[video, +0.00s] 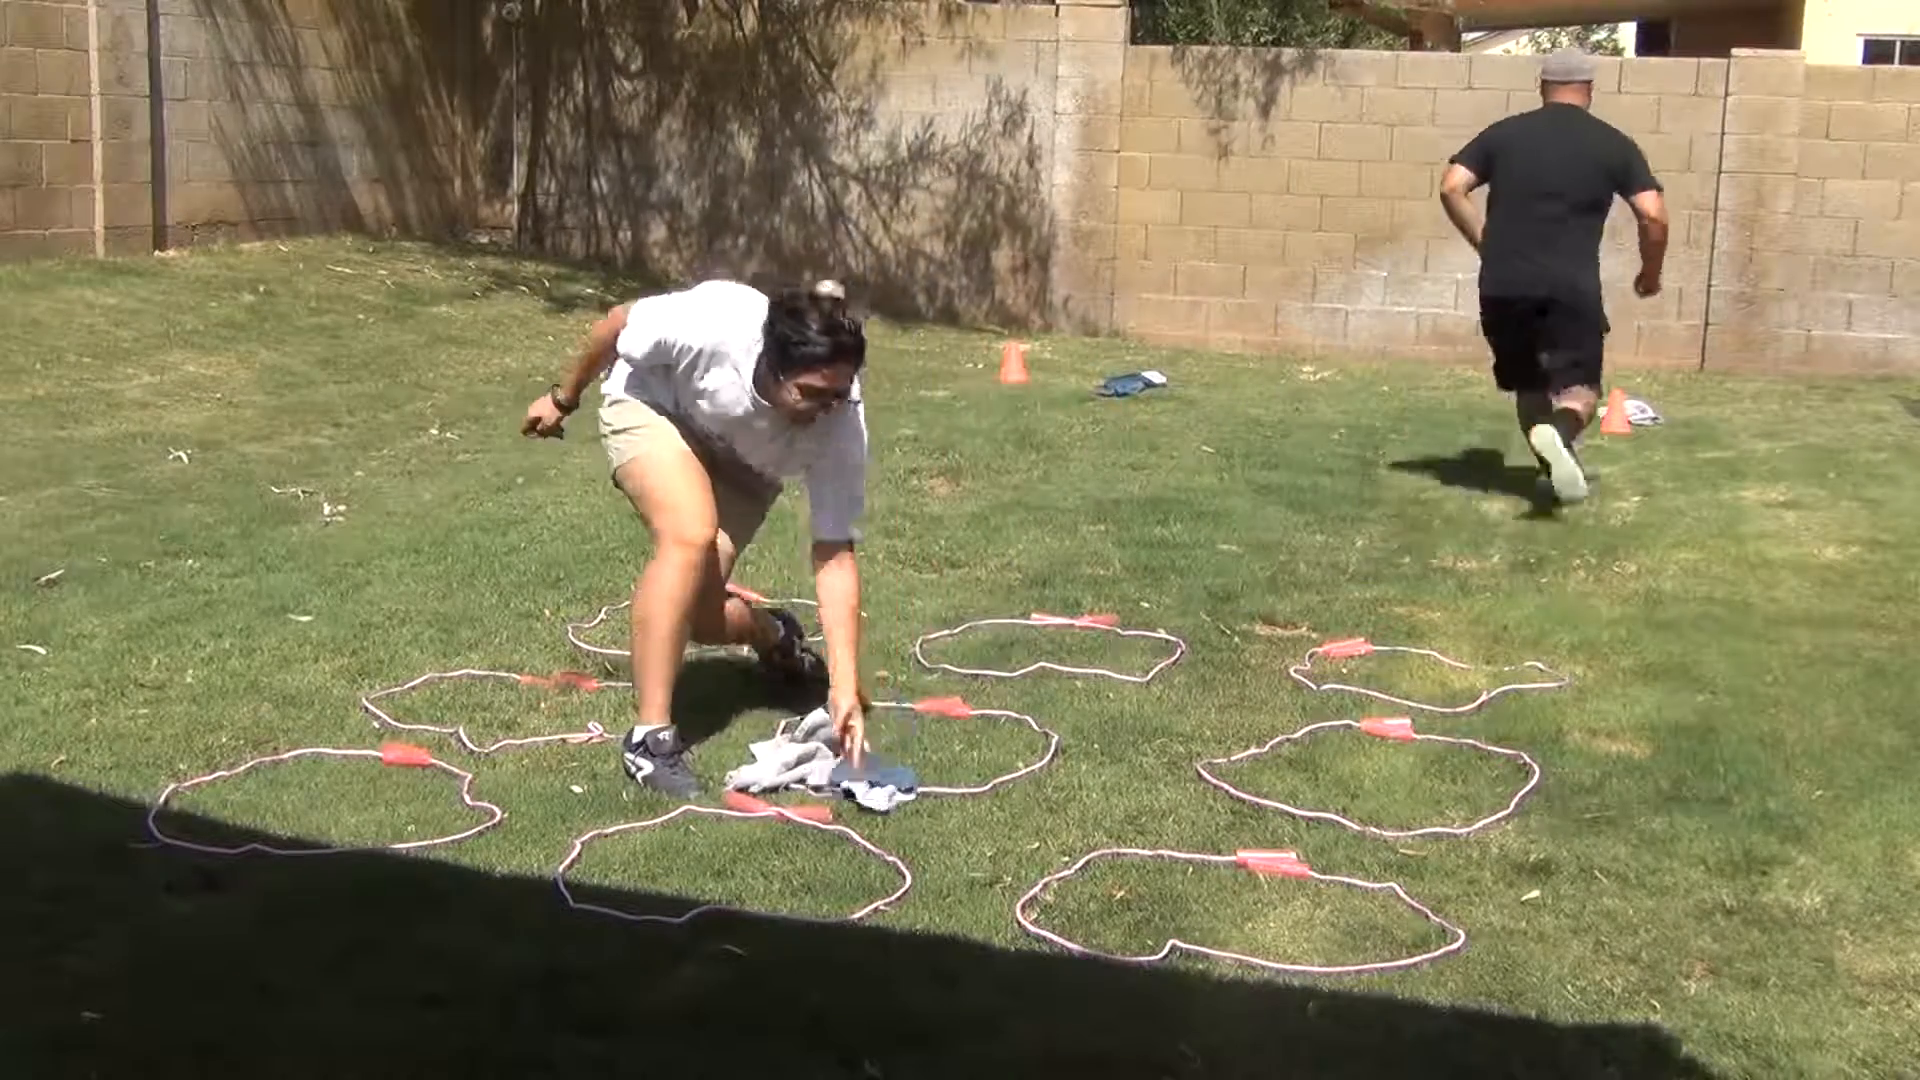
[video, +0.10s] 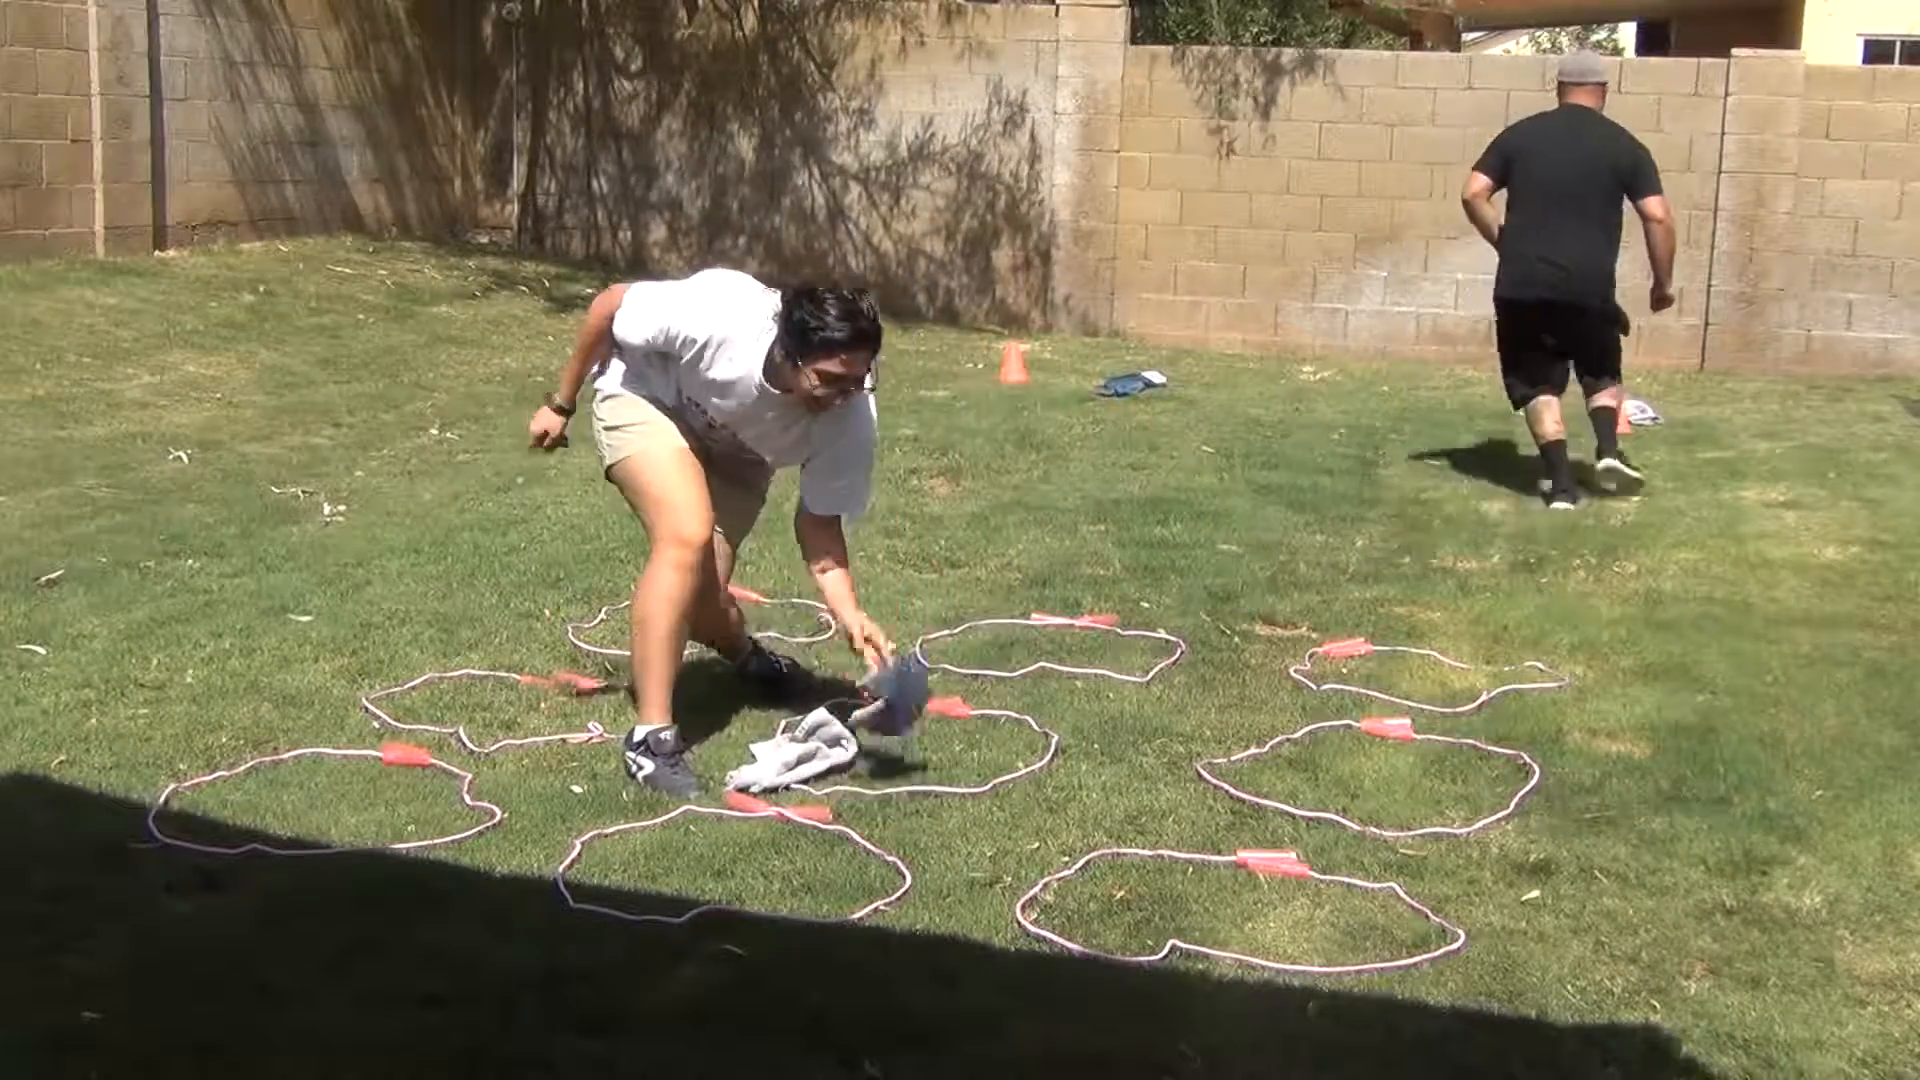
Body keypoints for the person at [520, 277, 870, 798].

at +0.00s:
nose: (823, 409)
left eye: (837, 396)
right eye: (810, 393)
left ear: (850, 381)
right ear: (773, 366)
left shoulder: (842, 429)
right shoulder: (717, 322)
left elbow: (835, 553)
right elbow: (614, 326)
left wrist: (847, 690)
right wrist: (563, 398)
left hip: (747, 465)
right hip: (653, 398)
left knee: (698, 617)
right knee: (689, 536)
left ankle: (771, 632)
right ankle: (651, 737)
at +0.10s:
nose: (844, 396)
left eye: (857, 382)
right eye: (829, 380)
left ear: (868, 368)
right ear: (789, 354)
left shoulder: (851, 420)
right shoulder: (718, 317)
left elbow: (821, 522)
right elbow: (610, 304)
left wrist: (852, 616)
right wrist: (561, 403)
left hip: (741, 452)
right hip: (647, 392)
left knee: (701, 608)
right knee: (686, 534)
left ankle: (747, 657)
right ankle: (653, 737)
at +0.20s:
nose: (869, 382)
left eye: (883, 369)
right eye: (858, 365)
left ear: (893, 357)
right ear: (819, 335)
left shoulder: (856, 413)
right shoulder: (735, 307)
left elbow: (816, 511)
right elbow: (609, 313)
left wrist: (831, 582)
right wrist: (572, 431)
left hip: (735, 434)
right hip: (644, 388)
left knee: (754, 601)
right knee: (687, 536)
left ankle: (743, 661)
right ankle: (654, 737)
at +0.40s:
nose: (935, 337)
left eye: (946, 327)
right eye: (930, 318)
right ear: (884, 290)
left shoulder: (886, 361)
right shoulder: (796, 296)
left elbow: (862, 454)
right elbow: (682, 357)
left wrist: (839, 517)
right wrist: (711, 468)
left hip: (726, 402)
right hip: (636, 379)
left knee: (817, 512)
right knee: (709, 535)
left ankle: (744, 660)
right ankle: (655, 735)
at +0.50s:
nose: (982, 291)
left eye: (987, 276)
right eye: (979, 272)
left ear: (938, 267)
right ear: (938, 261)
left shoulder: (890, 332)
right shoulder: (843, 271)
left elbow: (861, 423)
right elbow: (736, 332)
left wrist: (861, 437)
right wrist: (773, 443)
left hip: (733, 384)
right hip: (665, 366)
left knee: (822, 496)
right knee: (727, 541)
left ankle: (754, 654)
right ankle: (657, 735)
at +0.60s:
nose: (981, 251)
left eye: (986, 238)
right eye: (984, 236)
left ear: (931, 208)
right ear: (963, 227)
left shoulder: (895, 268)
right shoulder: (886, 249)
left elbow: (846, 375)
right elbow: (781, 297)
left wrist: (895, 400)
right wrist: (773, 408)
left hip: (743, 379)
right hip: (709, 370)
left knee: (819, 506)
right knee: (743, 544)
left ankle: (755, 660)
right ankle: (668, 724)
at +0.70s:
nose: (980, 214)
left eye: (984, 201)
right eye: (983, 200)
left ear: (922, 176)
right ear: (966, 199)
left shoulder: (877, 214)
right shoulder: (905, 229)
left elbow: (876, 345)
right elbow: (815, 282)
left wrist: (958, 366)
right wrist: (751, 377)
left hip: (723, 361)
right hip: (781, 382)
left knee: (805, 529)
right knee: (826, 543)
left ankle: (761, 664)